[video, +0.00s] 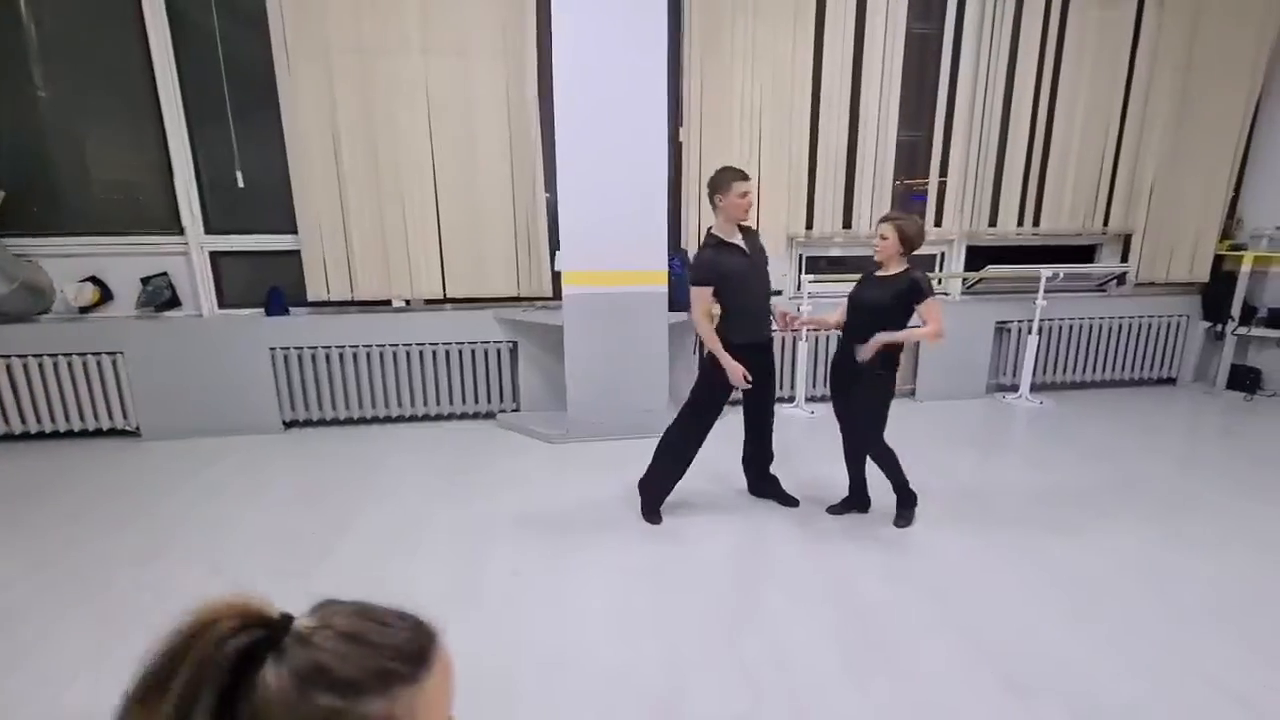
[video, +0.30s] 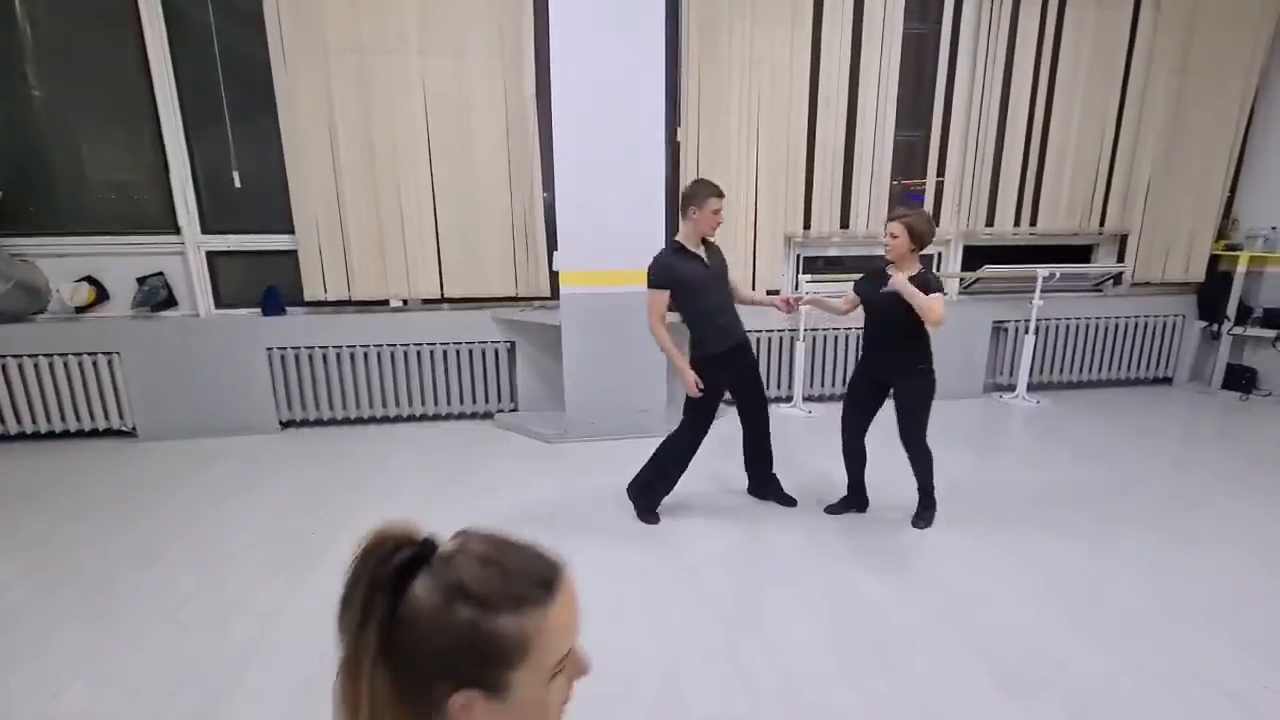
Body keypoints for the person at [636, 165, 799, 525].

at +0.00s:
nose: (750, 202)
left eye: (751, 196)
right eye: (742, 196)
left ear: (748, 199)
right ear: (719, 200)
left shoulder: (752, 241)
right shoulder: (708, 256)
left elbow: (753, 295)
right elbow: (700, 317)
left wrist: (777, 311)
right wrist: (724, 360)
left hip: (759, 347)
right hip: (725, 351)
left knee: (760, 419)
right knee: (694, 423)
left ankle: (760, 480)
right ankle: (652, 489)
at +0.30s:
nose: (720, 219)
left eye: (721, 212)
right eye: (715, 212)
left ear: (702, 214)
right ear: (693, 212)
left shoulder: (712, 251)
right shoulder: (665, 264)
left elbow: (733, 293)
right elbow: (657, 324)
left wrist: (771, 299)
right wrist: (684, 369)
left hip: (739, 349)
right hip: (708, 358)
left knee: (756, 415)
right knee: (692, 431)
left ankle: (762, 481)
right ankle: (644, 491)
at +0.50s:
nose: (698, 222)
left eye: (699, 216)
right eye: (692, 215)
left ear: (675, 217)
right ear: (669, 215)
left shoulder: (686, 260)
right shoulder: (636, 260)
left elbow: (727, 293)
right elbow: (614, 316)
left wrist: (775, 300)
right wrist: (635, 366)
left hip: (688, 356)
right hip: (657, 362)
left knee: (722, 417)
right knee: (664, 437)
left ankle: (755, 481)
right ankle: (637, 497)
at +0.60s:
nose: (690, 220)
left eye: (690, 213)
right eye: (684, 213)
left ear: (667, 215)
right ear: (661, 213)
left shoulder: (678, 258)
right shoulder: (628, 257)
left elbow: (722, 292)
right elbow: (597, 308)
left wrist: (774, 301)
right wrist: (604, 362)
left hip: (662, 356)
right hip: (632, 359)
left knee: (703, 415)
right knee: (651, 435)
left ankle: (728, 491)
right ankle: (631, 497)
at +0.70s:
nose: (685, 216)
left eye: (686, 209)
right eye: (679, 209)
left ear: (669, 211)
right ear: (655, 209)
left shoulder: (673, 255)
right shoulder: (622, 253)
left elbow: (717, 292)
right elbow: (588, 299)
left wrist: (768, 300)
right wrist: (572, 347)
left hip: (643, 351)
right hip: (613, 354)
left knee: (675, 422)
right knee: (632, 430)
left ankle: (685, 502)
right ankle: (621, 499)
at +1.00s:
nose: (666, 218)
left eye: (667, 211)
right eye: (659, 211)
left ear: (647, 214)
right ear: (636, 213)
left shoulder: (659, 255)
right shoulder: (609, 255)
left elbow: (695, 294)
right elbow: (579, 299)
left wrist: (750, 301)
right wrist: (585, 340)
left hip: (636, 350)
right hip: (605, 353)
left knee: (672, 412)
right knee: (621, 428)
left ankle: (671, 490)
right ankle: (613, 502)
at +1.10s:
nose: (666, 214)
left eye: (666, 208)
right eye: (659, 208)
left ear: (656, 211)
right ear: (636, 210)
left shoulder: (662, 254)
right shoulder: (616, 253)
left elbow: (690, 298)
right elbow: (611, 302)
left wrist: (738, 300)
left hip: (650, 348)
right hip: (617, 350)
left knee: (685, 409)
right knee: (629, 429)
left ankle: (686, 477)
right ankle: (612, 500)